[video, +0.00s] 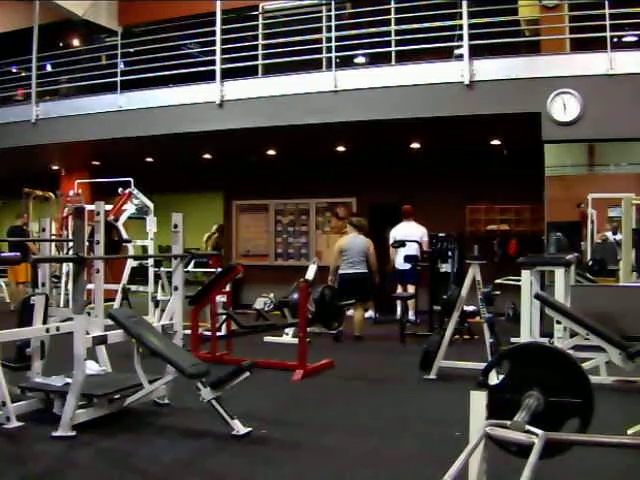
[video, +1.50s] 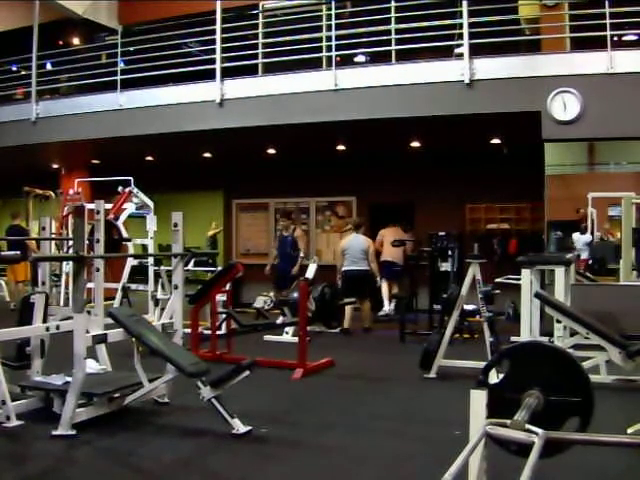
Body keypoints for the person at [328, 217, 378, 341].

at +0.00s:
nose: (346, 229)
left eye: (347, 227)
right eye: (347, 227)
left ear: (350, 228)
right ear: (361, 229)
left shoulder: (341, 242)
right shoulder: (367, 242)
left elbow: (335, 261)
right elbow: (372, 262)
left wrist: (331, 275)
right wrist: (375, 275)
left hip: (345, 274)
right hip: (362, 274)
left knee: (341, 305)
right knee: (359, 305)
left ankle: (339, 328)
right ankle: (358, 333)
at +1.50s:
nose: (364, 229)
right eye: (363, 228)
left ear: (352, 228)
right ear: (362, 228)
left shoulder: (344, 242)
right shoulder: (368, 241)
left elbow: (339, 261)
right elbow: (372, 261)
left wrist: (338, 274)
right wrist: (377, 275)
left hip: (348, 272)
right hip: (364, 272)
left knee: (349, 301)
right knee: (365, 300)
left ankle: (346, 326)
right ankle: (367, 324)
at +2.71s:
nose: (374, 229)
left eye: (373, 227)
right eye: (373, 227)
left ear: (362, 227)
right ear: (370, 227)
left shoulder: (355, 240)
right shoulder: (373, 239)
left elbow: (353, 256)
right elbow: (377, 257)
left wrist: (354, 265)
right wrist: (382, 271)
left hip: (357, 267)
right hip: (370, 268)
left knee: (361, 295)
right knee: (372, 294)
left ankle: (364, 321)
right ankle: (371, 318)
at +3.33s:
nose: (389, 234)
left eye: (389, 232)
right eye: (389, 232)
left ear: (379, 230)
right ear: (388, 231)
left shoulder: (367, 239)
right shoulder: (388, 241)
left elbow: (359, 253)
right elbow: (390, 258)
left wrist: (358, 265)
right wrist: (394, 271)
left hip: (368, 266)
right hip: (382, 267)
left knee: (370, 294)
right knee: (385, 295)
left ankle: (365, 315)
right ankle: (385, 316)